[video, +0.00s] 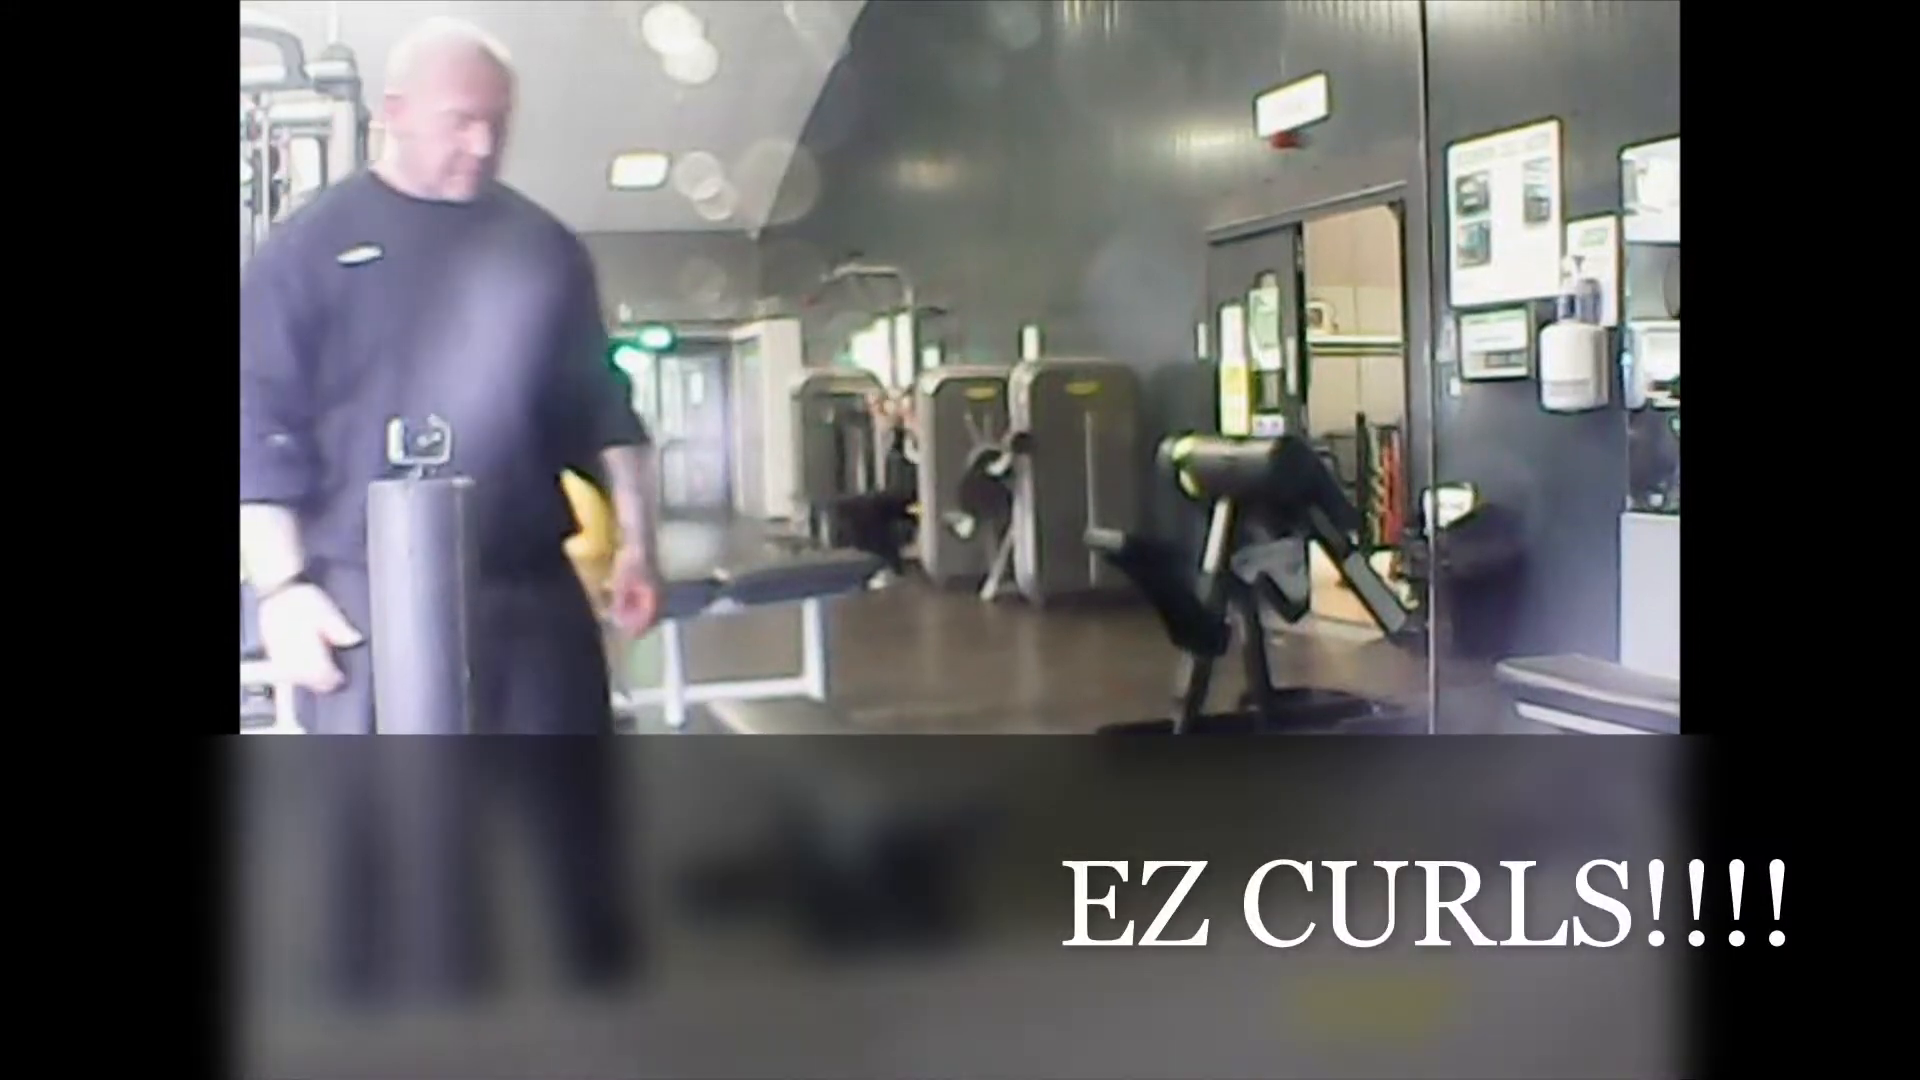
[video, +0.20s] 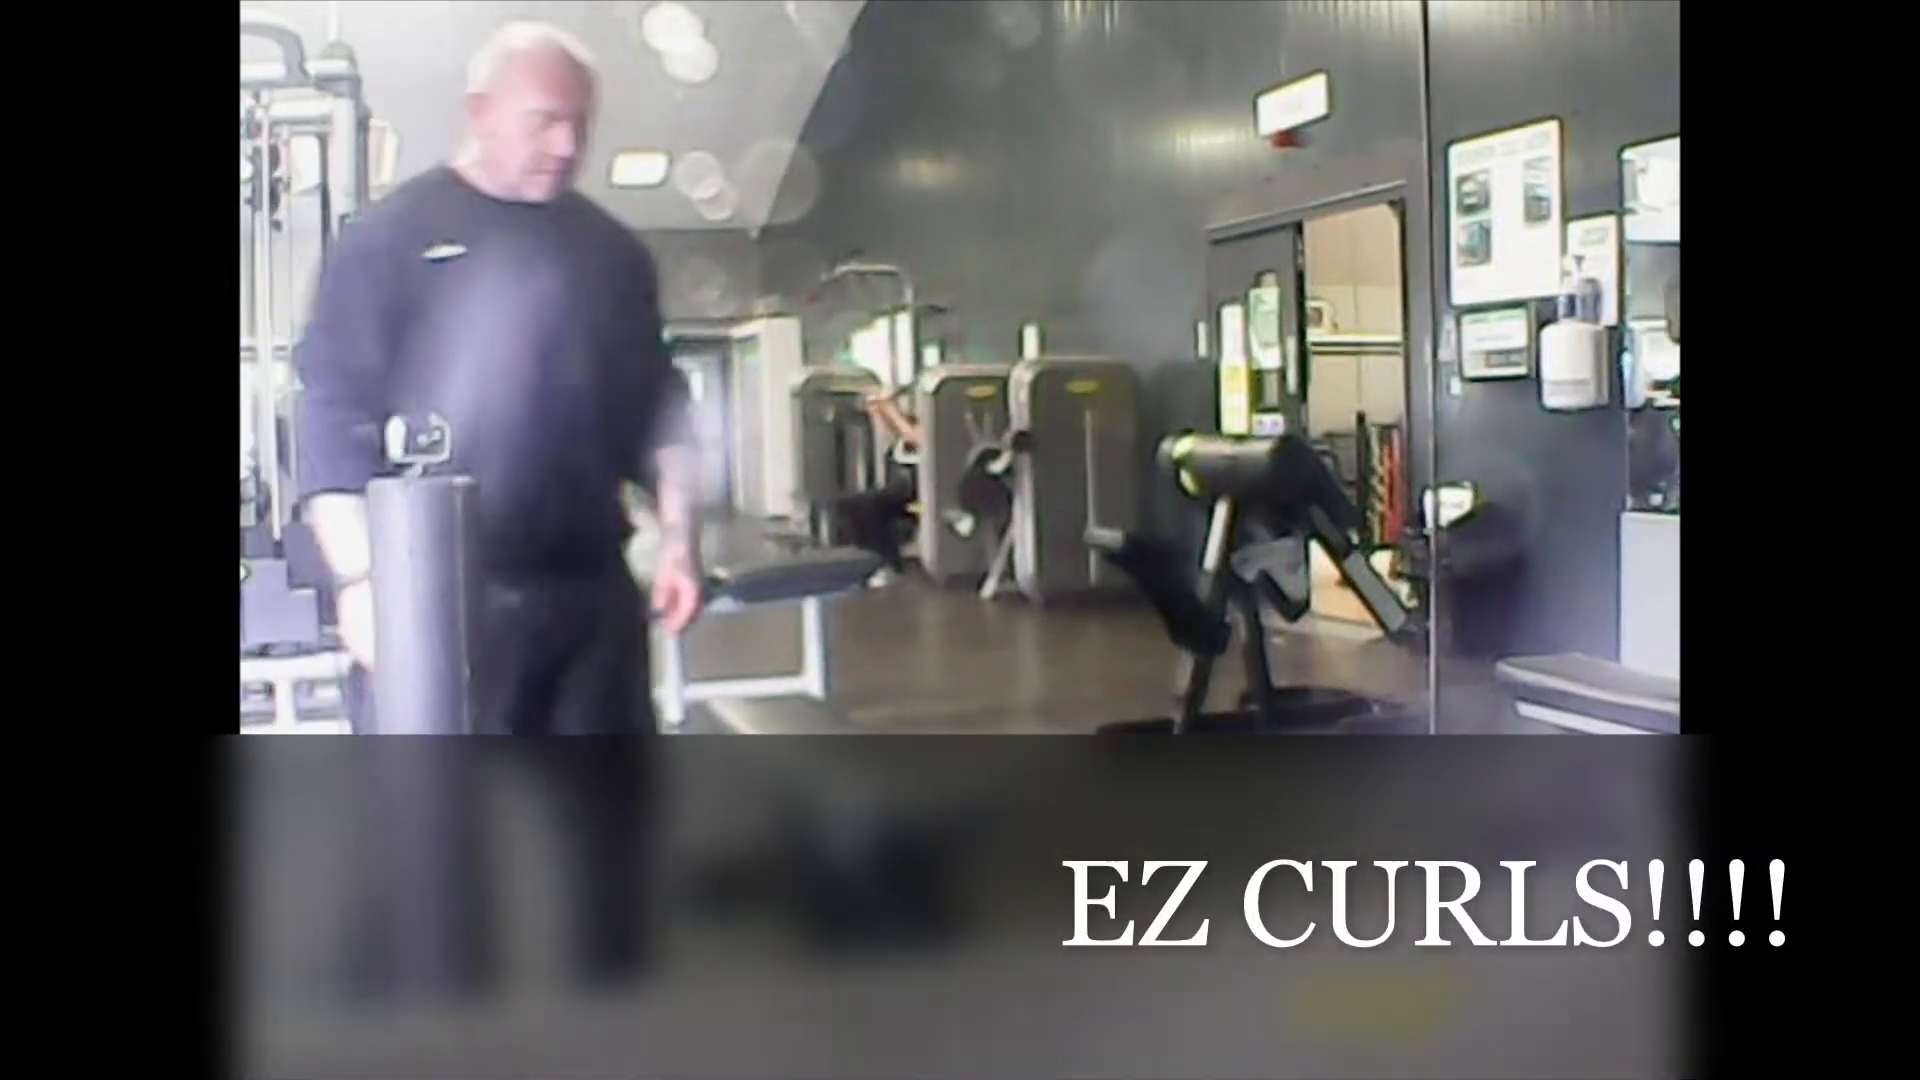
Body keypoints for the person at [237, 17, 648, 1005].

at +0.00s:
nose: (484, 144)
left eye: (497, 121)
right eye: (461, 120)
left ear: (511, 119)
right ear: (392, 112)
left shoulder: (544, 248)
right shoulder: (300, 255)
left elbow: (604, 406)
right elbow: (264, 437)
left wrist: (636, 540)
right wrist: (277, 589)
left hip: (527, 603)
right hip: (367, 612)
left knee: (583, 854)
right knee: (376, 863)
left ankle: (604, 1033)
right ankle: (378, 1046)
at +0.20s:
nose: (565, 144)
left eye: (578, 124)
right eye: (544, 120)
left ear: (590, 126)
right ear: (479, 111)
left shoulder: (612, 252)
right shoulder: (386, 238)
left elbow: (660, 408)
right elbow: (330, 423)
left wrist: (679, 535)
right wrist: (360, 584)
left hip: (583, 598)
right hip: (429, 598)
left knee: (615, 853)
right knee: (425, 863)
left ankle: (613, 1039)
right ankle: (431, 1052)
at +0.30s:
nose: (617, 151)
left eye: (630, 131)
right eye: (597, 126)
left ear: (640, 130)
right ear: (534, 113)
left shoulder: (649, 252)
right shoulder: (435, 239)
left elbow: (692, 402)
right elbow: (392, 430)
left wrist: (710, 536)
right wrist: (451, 577)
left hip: (618, 578)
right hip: (476, 582)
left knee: (633, 816)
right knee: (451, 817)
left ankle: (620, 1016)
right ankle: (453, 1019)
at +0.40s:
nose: (649, 144)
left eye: (662, 125)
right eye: (630, 120)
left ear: (672, 126)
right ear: (567, 110)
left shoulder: (677, 242)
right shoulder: (479, 225)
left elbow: (714, 393)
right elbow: (444, 403)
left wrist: (743, 525)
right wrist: (505, 544)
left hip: (641, 567)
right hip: (506, 560)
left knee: (647, 800)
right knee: (489, 802)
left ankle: (612, 1009)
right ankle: (470, 1010)